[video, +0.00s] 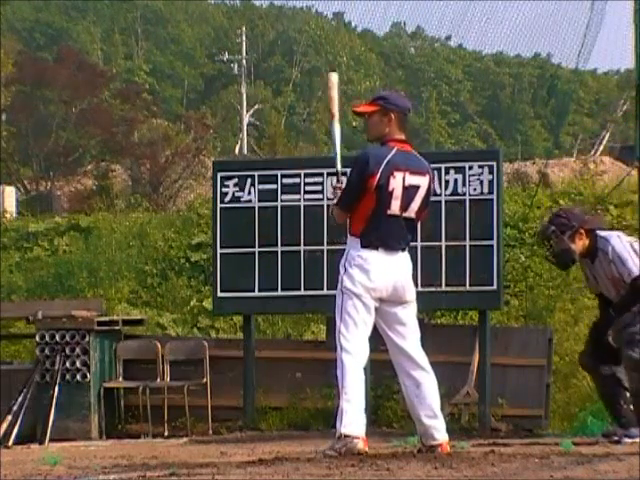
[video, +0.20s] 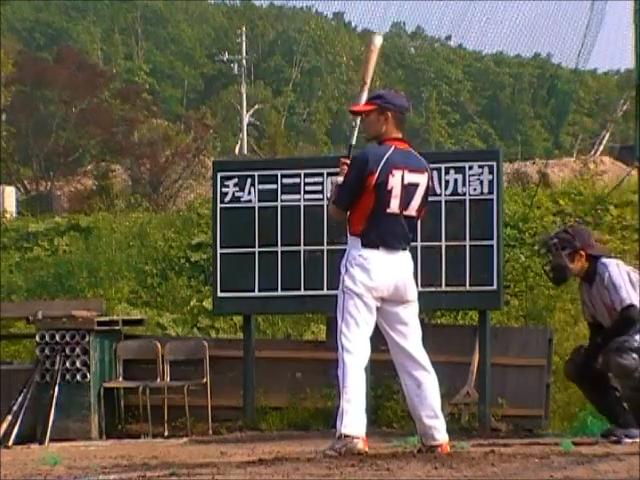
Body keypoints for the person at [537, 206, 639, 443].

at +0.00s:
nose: (555, 251)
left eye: (560, 242)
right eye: (553, 244)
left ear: (581, 235)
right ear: (579, 237)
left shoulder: (613, 244)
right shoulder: (586, 258)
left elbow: (637, 284)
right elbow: (606, 302)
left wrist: (616, 322)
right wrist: (599, 337)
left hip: (636, 308)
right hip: (621, 313)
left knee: (628, 339)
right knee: (594, 358)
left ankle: (633, 425)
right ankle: (627, 424)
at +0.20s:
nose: (555, 265)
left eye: (561, 259)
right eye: (554, 259)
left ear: (581, 257)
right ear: (580, 258)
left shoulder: (610, 271)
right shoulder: (585, 286)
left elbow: (631, 315)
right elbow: (596, 327)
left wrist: (599, 350)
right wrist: (590, 355)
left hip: (634, 333)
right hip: (616, 337)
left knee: (620, 357)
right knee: (578, 366)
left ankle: (633, 425)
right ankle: (625, 424)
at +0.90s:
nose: (567, 279)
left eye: (573, 274)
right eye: (568, 273)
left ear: (591, 277)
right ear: (588, 277)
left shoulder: (609, 296)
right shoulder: (584, 309)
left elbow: (613, 342)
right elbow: (583, 351)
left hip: (635, 369)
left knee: (604, 369)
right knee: (559, 378)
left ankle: (632, 425)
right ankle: (618, 424)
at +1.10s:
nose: (567, 281)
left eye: (573, 276)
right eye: (568, 275)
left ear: (592, 278)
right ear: (589, 279)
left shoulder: (609, 297)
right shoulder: (583, 309)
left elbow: (611, 344)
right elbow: (580, 353)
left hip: (634, 370)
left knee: (602, 370)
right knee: (560, 378)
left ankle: (632, 426)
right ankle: (618, 424)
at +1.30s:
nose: (567, 280)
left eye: (574, 275)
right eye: (568, 274)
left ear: (593, 278)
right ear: (592, 279)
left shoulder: (609, 297)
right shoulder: (583, 309)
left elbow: (612, 346)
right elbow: (579, 352)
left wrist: (588, 368)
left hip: (635, 371)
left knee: (601, 369)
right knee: (555, 380)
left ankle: (633, 425)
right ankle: (618, 423)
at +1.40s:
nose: (567, 282)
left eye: (574, 277)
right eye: (568, 276)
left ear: (594, 280)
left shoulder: (608, 299)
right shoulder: (582, 310)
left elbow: (614, 346)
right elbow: (580, 355)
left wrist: (586, 363)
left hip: (633, 372)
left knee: (600, 369)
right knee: (545, 375)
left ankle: (633, 424)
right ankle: (618, 424)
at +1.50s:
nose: (568, 282)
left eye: (575, 277)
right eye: (568, 276)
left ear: (595, 281)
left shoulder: (608, 299)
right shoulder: (581, 311)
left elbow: (614, 348)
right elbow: (582, 358)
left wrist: (585, 364)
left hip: (633, 371)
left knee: (600, 371)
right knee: (558, 384)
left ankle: (632, 425)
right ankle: (618, 424)